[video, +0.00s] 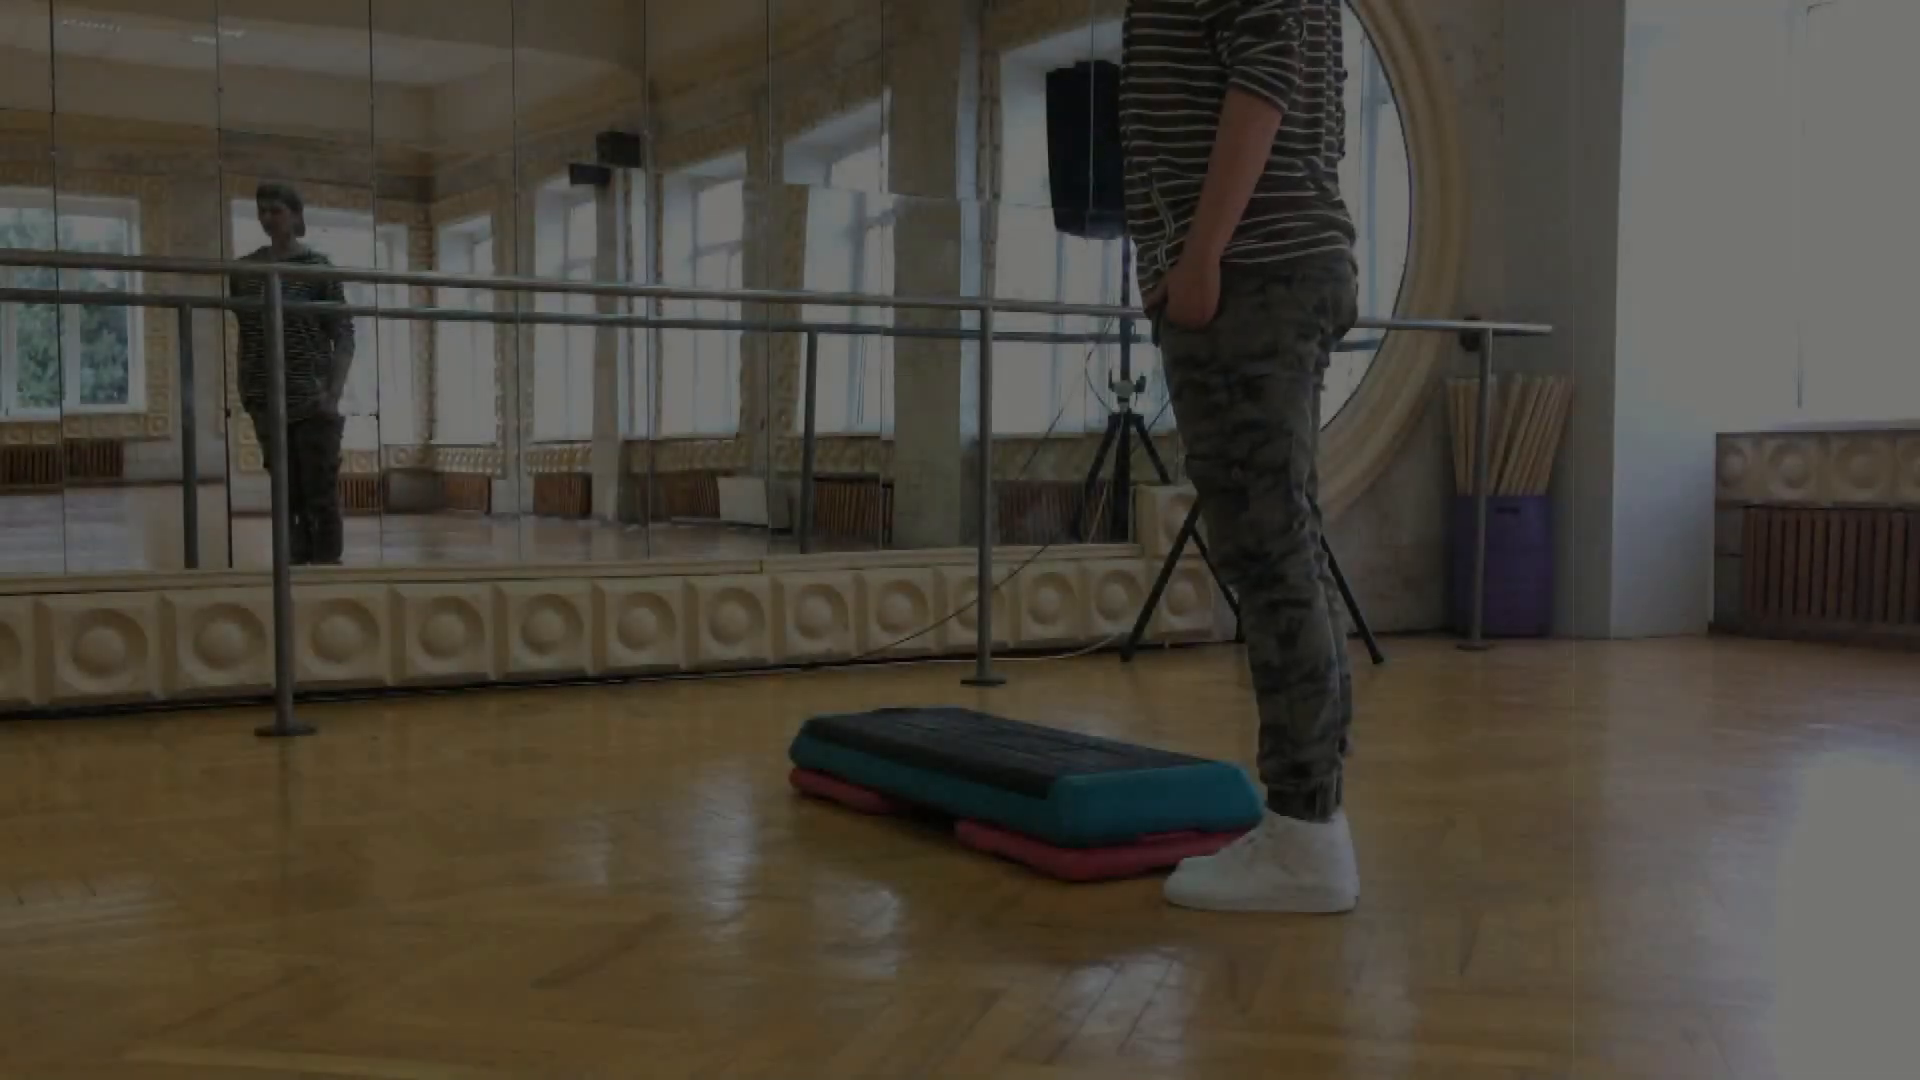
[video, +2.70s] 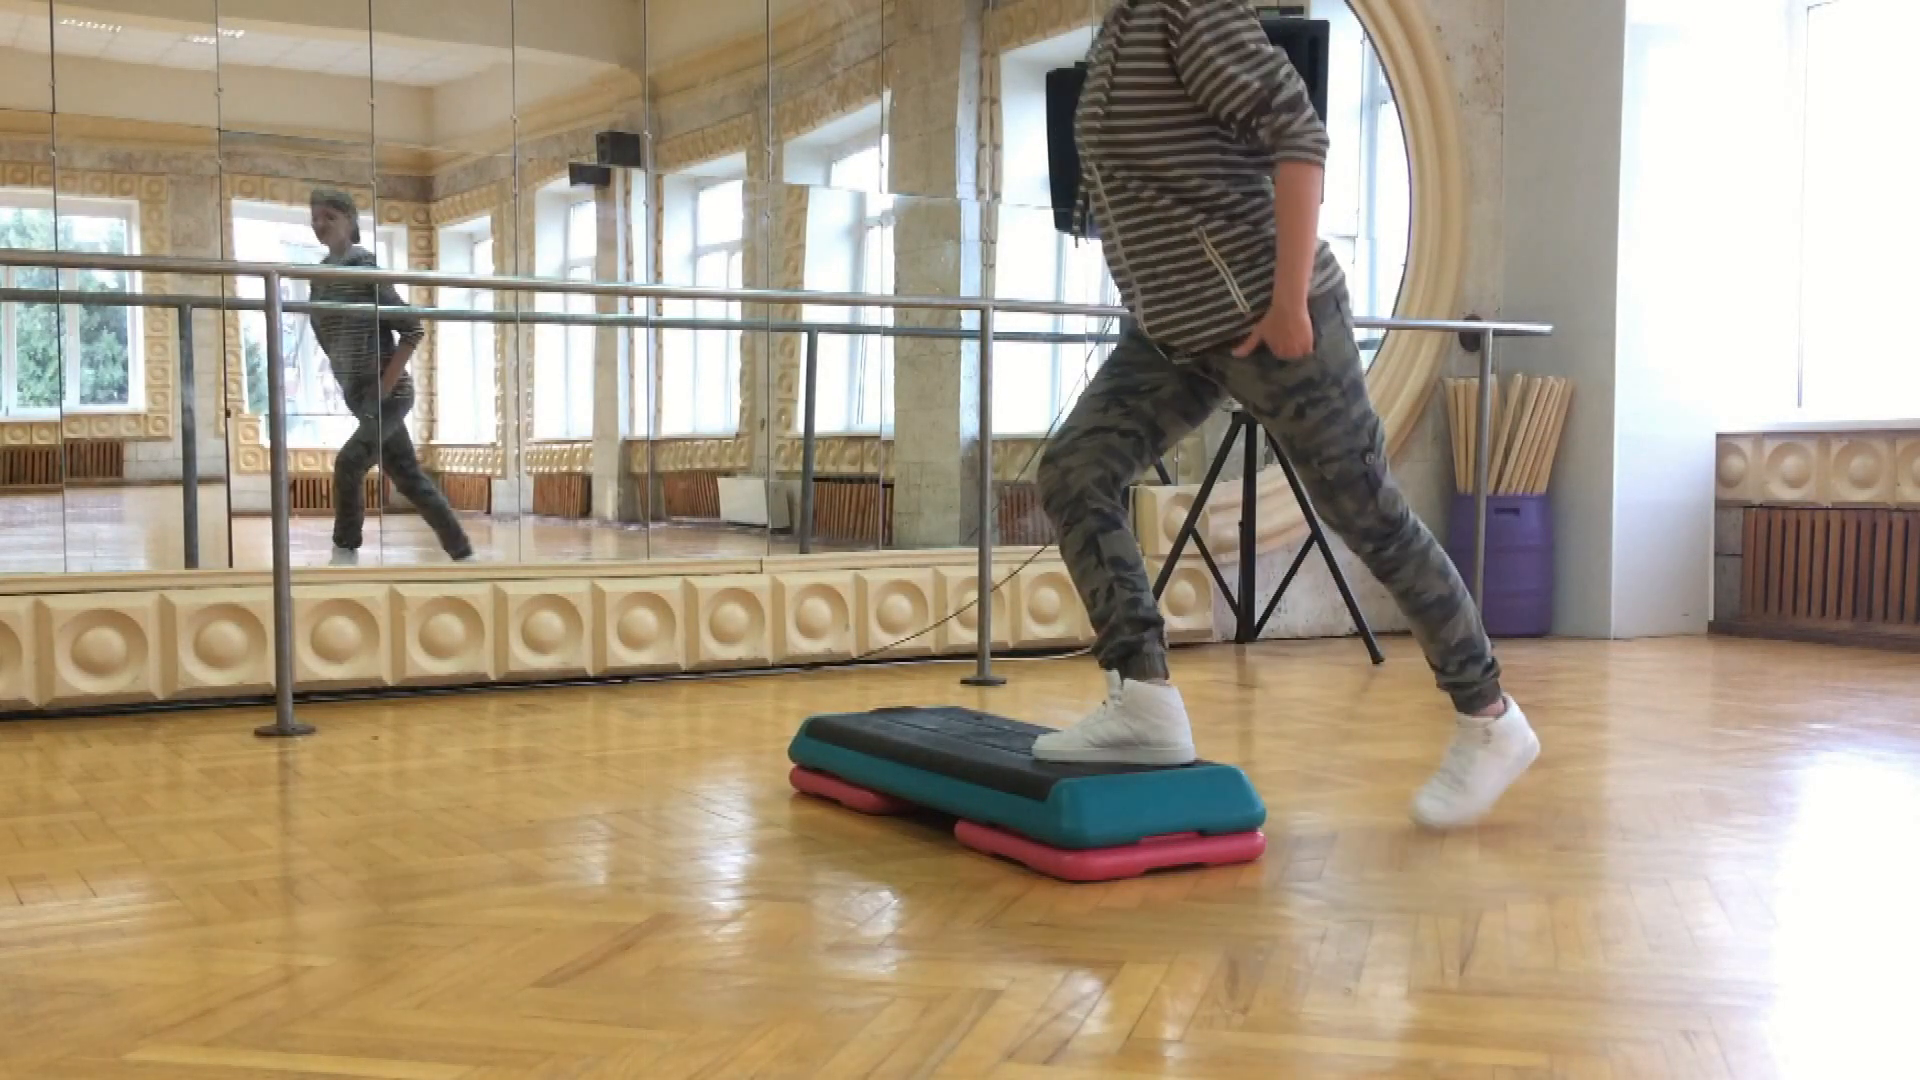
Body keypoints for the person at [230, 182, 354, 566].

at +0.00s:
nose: (268, 219)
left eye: (276, 211)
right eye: (263, 212)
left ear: (296, 216)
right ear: (258, 219)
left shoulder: (318, 266)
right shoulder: (244, 269)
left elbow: (344, 332)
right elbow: (246, 334)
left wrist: (332, 392)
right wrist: (247, 391)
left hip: (314, 397)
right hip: (265, 400)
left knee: (318, 488)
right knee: (285, 488)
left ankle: (326, 569)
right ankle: (296, 567)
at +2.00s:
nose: (272, 244)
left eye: (280, 236)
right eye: (267, 237)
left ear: (301, 240)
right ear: (262, 241)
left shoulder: (325, 291)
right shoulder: (251, 292)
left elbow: (361, 355)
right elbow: (249, 349)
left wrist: (338, 400)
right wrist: (244, 393)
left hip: (315, 410)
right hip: (264, 414)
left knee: (292, 466)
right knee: (268, 508)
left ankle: (323, 529)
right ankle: (300, 574)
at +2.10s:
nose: (272, 230)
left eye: (280, 223)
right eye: (266, 224)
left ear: (301, 227)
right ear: (262, 230)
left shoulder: (327, 275)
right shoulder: (258, 279)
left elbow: (368, 335)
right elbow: (260, 330)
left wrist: (344, 384)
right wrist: (258, 384)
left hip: (322, 393)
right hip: (275, 397)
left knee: (298, 448)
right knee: (278, 484)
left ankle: (325, 532)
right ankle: (297, 566)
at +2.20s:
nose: (271, 210)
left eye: (278, 203)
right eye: (265, 204)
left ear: (299, 206)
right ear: (262, 211)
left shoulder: (327, 255)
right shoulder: (263, 261)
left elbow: (370, 311)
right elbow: (271, 313)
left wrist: (351, 361)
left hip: (334, 369)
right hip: (292, 373)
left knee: (313, 452)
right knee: (301, 458)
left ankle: (340, 541)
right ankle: (303, 547)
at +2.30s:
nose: (274, 205)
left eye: (281, 198)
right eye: (269, 200)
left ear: (303, 200)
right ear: (267, 207)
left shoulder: (327, 250)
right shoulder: (273, 257)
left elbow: (368, 303)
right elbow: (281, 316)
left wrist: (358, 360)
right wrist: (284, 365)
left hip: (344, 367)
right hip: (304, 370)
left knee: (328, 455)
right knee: (324, 457)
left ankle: (335, 545)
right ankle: (335, 543)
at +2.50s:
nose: (288, 215)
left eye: (296, 207)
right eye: (284, 208)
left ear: (320, 210)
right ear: (284, 215)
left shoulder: (343, 258)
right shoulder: (292, 265)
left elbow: (381, 314)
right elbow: (301, 323)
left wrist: (364, 362)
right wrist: (318, 364)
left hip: (362, 379)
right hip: (329, 381)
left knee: (337, 463)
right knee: (376, 464)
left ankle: (343, 554)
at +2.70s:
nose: (321, 226)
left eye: (329, 218)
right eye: (316, 220)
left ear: (351, 222)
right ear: (313, 225)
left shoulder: (363, 268)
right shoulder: (321, 275)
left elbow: (412, 328)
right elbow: (330, 333)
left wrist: (387, 381)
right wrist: (345, 371)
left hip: (391, 391)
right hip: (362, 395)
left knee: (349, 464)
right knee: (410, 479)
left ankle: (344, 557)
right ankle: (463, 555)